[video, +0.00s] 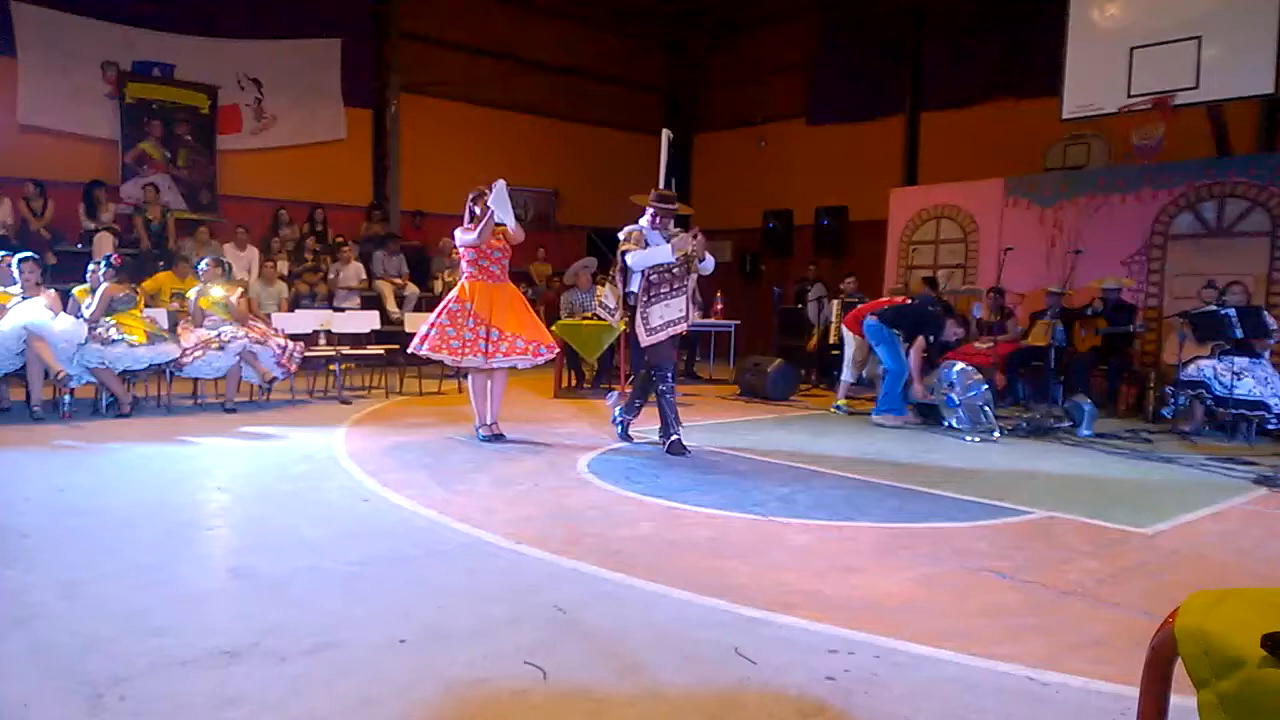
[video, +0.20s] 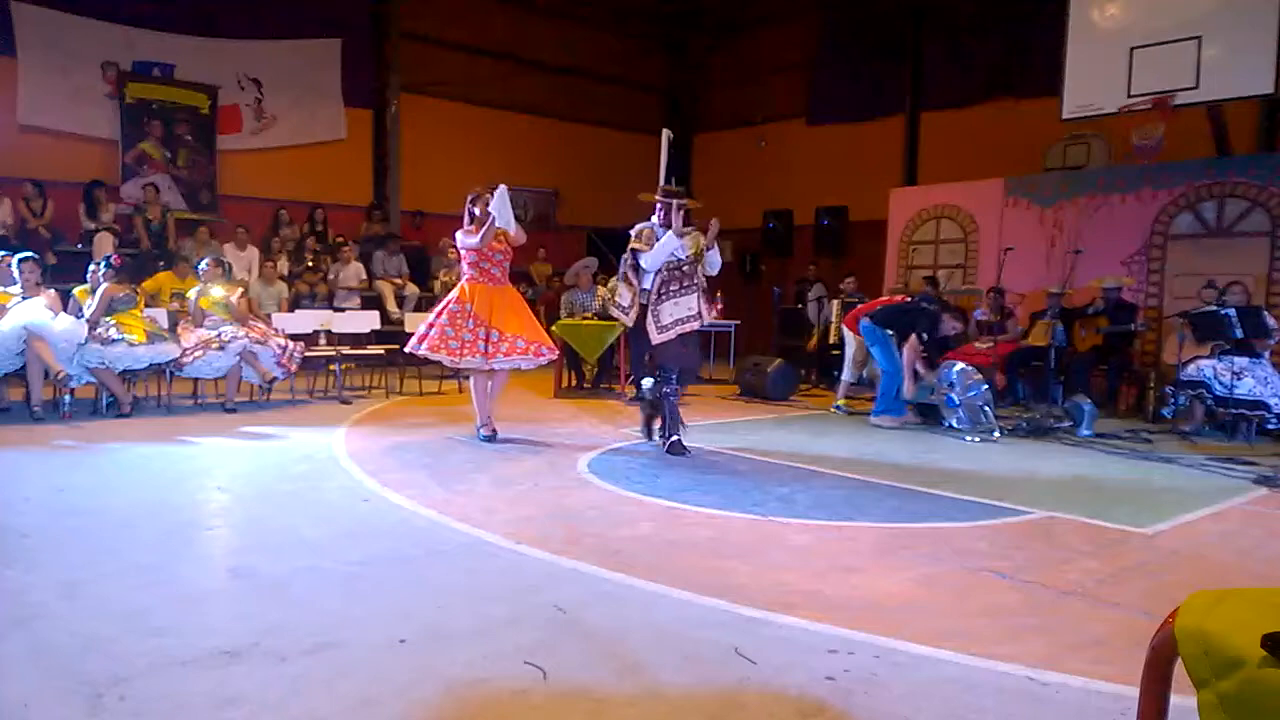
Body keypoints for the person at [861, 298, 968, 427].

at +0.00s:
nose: (953, 339)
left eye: (956, 338)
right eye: (955, 334)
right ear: (951, 323)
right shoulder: (935, 323)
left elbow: (913, 350)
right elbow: (915, 350)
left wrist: (918, 383)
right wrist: (917, 383)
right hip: (878, 325)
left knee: (901, 368)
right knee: (898, 369)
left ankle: (897, 410)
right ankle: (885, 412)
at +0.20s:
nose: (951, 334)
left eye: (955, 332)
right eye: (953, 328)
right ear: (947, 317)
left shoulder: (931, 322)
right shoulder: (929, 319)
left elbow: (914, 351)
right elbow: (909, 348)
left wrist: (925, 374)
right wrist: (909, 381)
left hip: (885, 328)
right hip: (873, 327)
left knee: (897, 369)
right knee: (891, 369)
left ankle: (897, 410)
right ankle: (882, 413)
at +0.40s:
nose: (942, 331)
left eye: (946, 329)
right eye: (941, 326)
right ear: (932, 315)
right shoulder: (915, 320)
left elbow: (923, 348)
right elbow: (902, 354)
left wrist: (930, 361)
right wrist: (910, 388)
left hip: (883, 332)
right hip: (868, 329)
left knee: (894, 369)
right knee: (885, 369)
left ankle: (898, 411)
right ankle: (882, 414)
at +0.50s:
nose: (933, 333)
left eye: (937, 330)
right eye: (931, 328)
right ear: (923, 316)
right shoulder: (906, 320)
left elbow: (928, 346)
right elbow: (899, 359)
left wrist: (934, 360)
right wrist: (913, 391)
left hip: (885, 332)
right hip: (867, 330)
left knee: (897, 369)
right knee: (884, 370)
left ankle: (901, 411)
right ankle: (880, 414)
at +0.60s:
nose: (925, 336)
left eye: (929, 333)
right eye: (922, 331)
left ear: (935, 327)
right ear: (912, 320)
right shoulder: (899, 321)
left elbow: (927, 339)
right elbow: (896, 365)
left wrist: (932, 356)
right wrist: (914, 392)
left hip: (886, 330)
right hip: (866, 331)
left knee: (904, 365)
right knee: (882, 368)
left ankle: (901, 411)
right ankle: (880, 413)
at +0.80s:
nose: (912, 340)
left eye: (916, 337)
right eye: (909, 337)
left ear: (922, 331)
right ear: (900, 328)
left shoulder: (920, 315)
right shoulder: (889, 328)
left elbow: (923, 334)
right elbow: (892, 368)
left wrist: (921, 354)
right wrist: (914, 394)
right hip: (866, 331)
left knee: (906, 366)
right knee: (881, 368)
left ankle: (900, 410)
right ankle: (880, 413)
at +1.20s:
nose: (911, 344)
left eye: (915, 340)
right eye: (907, 340)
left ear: (922, 333)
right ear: (898, 332)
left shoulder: (919, 316)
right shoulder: (888, 332)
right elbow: (896, 373)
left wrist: (909, 355)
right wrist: (926, 387)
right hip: (864, 331)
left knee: (903, 366)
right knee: (880, 366)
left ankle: (899, 411)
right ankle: (879, 414)